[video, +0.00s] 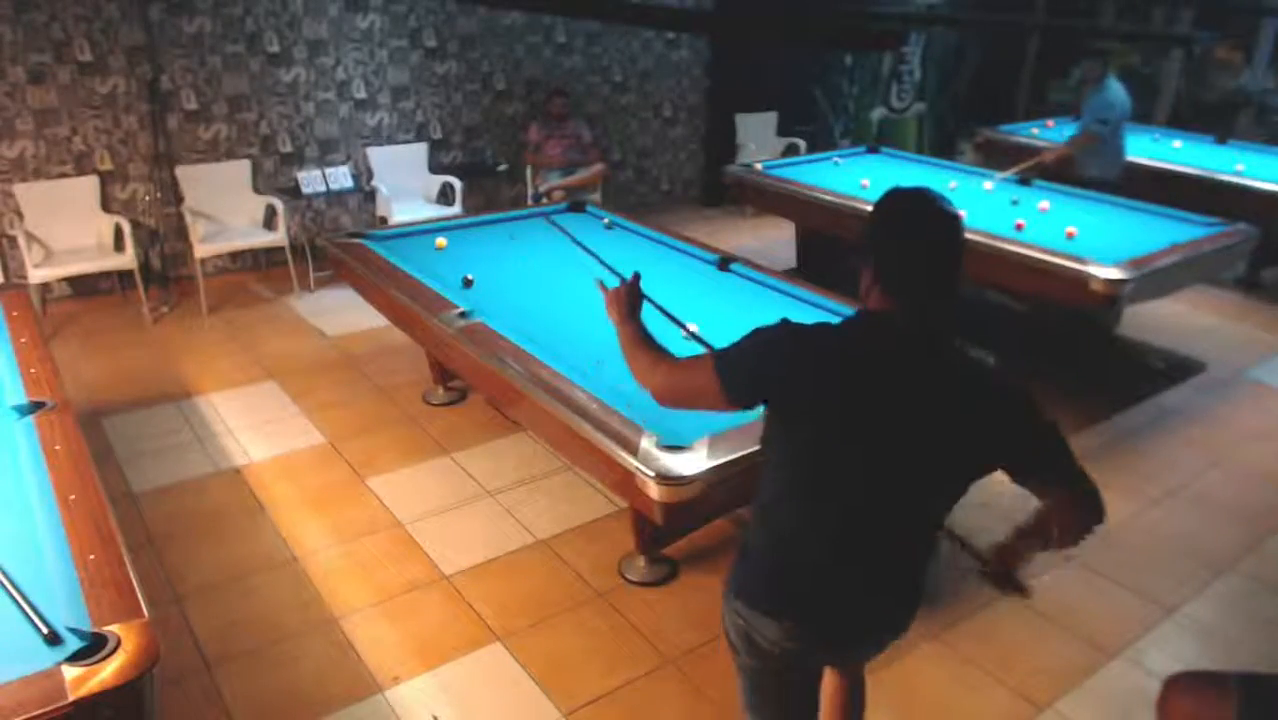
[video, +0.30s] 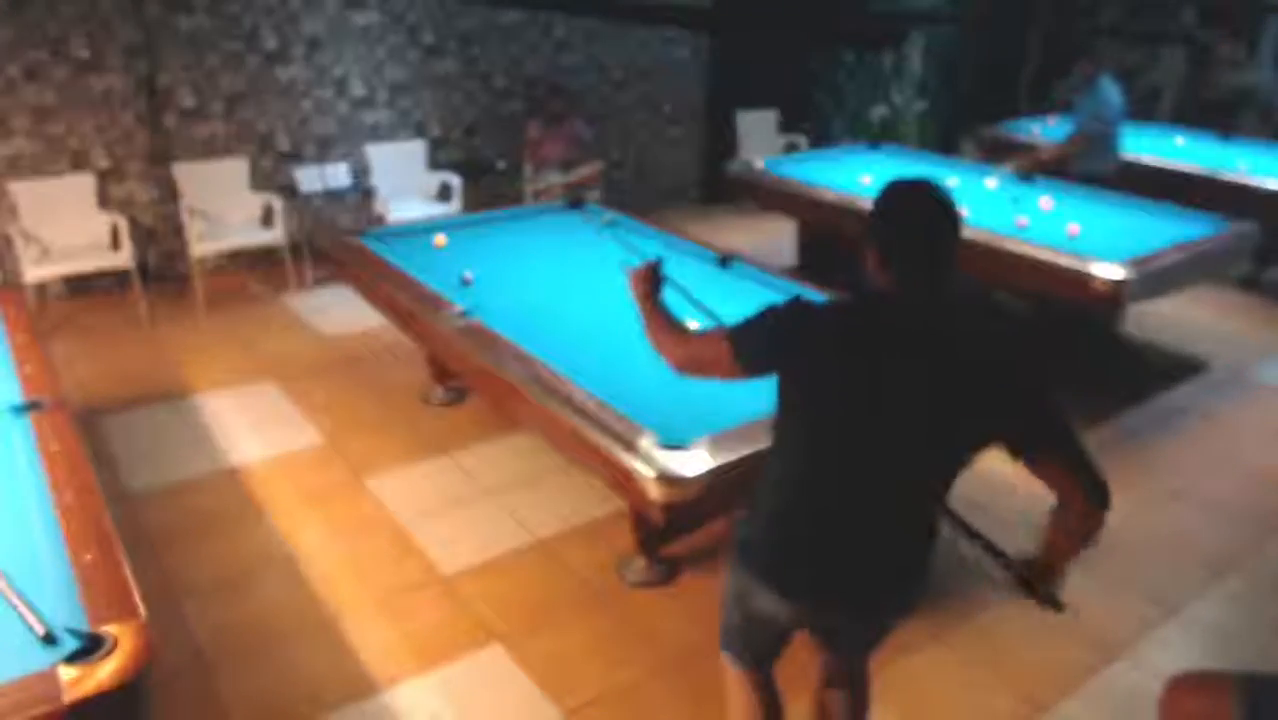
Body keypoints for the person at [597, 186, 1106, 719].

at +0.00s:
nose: (860, 269)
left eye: (864, 256)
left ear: (867, 269)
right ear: (951, 279)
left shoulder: (801, 353)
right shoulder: (984, 394)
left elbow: (666, 383)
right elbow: (1079, 509)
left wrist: (624, 322)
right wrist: (1016, 552)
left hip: (774, 605)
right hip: (879, 611)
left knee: (774, 706)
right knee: (846, 663)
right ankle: (838, 705)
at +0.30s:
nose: (866, 252)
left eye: (870, 243)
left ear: (874, 253)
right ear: (951, 258)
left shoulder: (811, 328)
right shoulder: (988, 356)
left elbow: (684, 356)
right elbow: (1084, 503)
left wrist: (644, 297)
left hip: (782, 558)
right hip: (885, 574)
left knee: (746, 661)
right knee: (846, 670)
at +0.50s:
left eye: (863, 245)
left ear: (861, 253)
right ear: (939, 259)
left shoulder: (801, 321)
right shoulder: (967, 357)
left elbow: (682, 341)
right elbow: (1080, 483)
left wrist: (658, 289)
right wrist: (1103, 589)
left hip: (770, 537)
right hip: (871, 561)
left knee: (716, 608)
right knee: (836, 654)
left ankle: (717, 711)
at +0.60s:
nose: (851, 258)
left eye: (851, 245)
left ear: (850, 253)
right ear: (926, 257)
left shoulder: (798, 320)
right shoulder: (958, 350)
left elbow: (684, 348)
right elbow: (1057, 478)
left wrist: (669, 298)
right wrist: (1068, 593)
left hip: (761, 534)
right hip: (863, 559)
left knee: (707, 599)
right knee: (835, 653)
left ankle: (681, 699)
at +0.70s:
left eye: (834, 244)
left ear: (836, 253)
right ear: (907, 258)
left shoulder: (783, 316)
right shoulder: (938, 345)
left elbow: (689, 362)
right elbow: (1026, 478)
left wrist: (687, 324)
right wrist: (1011, 580)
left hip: (752, 531)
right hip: (854, 554)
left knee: (698, 604)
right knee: (834, 652)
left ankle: (662, 669)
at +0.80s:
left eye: (815, 247)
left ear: (821, 255)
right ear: (890, 259)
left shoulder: (769, 312)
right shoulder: (916, 337)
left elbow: (692, 374)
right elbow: (988, 461)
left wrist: (706, 342)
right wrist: (957, 550)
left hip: (739, 529)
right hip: (839, 546)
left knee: (694, 607)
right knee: (827, 656)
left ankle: (665, 673)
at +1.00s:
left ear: (786, 258)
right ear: (851, 263)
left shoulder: (746, 303)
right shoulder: (864, 318)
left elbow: (691, 374)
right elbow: (920, 412)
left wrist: (756, 382)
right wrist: (899, 499)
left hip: (694, 494)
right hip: (791, 511)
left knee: (680, 590)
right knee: (810, 654)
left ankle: (665, 669)